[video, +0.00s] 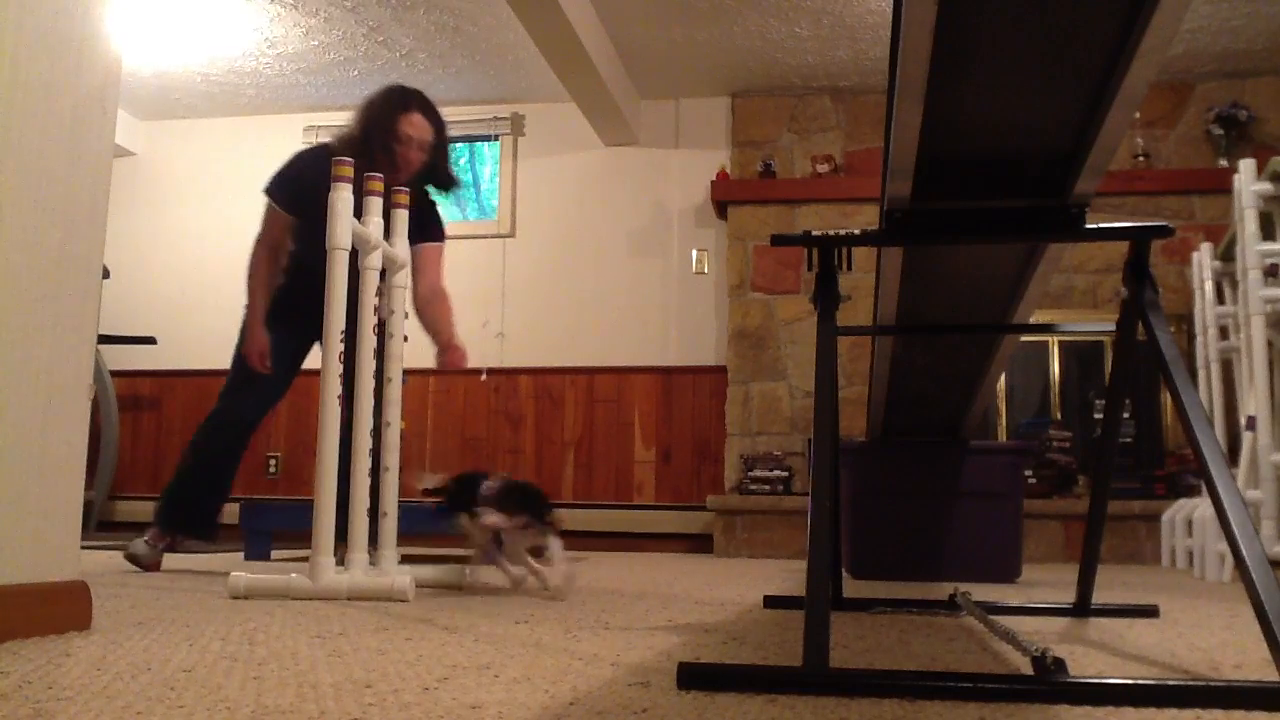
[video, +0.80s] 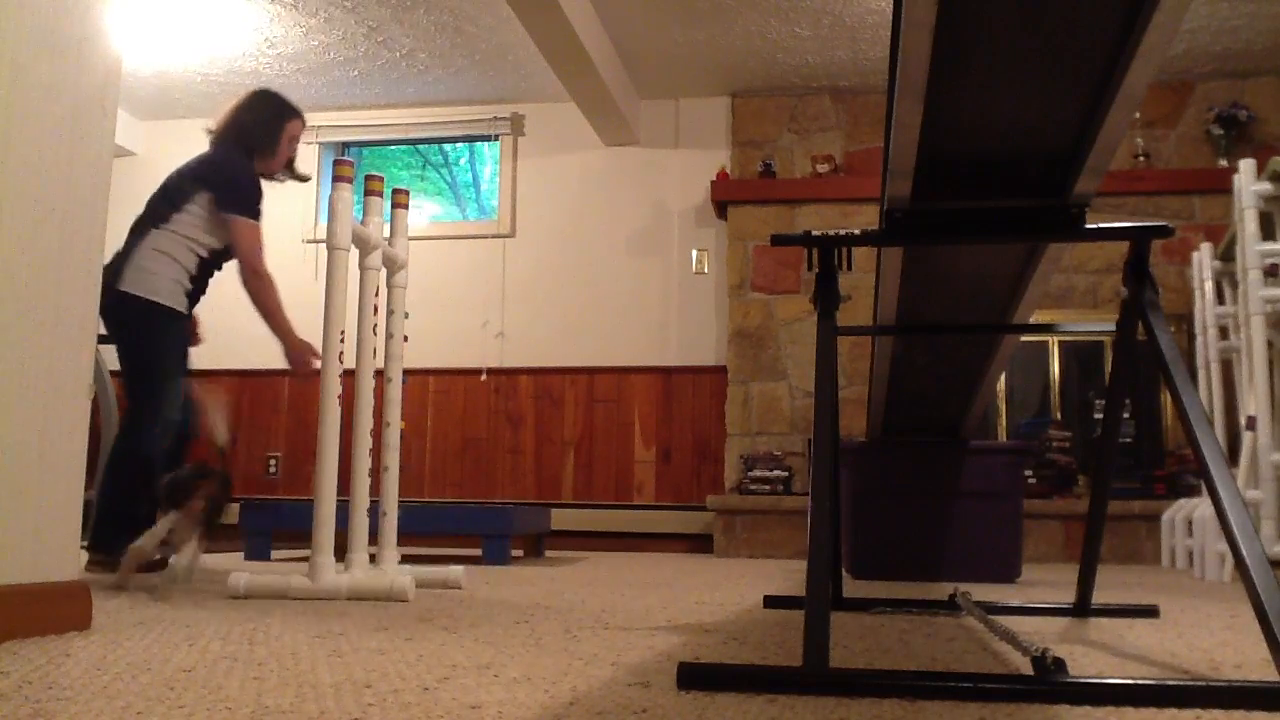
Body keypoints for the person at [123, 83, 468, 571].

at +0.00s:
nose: (413, 156)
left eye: (424, 147)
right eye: (404, 142)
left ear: (433, 151)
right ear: (377, 135)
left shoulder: (417, 206)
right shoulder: (317, 168)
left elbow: (430, 286)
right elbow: (269, 245)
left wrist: (446, 338)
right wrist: (256, 322)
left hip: (365, 310)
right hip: (298, 298)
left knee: (369, 422)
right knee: (240, 407)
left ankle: (356, 542)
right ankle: (170, 526)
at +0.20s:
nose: (366, 124)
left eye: (378, 117)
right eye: (357, 111)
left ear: (387, 128)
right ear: (331, 110)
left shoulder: (366, 185)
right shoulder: (271, 161)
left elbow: (380, 273)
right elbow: (229, 241)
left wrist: (375, 339)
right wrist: (219, 319)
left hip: (317, 314)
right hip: (254, 308)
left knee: (357, 418)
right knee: (216, 425)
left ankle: (357, 536)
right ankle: (137, 532)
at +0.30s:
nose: (345, 122)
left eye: (354, 114)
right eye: (336, 109)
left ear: (362, 122)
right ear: (309, 109)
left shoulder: (342, 182)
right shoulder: (246, 160)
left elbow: (352, 269)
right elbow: (204, 243)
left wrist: (353, 335)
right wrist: (203, 321)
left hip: (286, 313)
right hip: (223, 308)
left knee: (334, 427)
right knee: (196, 429)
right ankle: (123, 534)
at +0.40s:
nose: (317, 125)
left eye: (326, 118)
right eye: (308, 112)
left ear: (330, 127)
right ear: (281, 110)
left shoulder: (300, 189)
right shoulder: (221, 159)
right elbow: (189, 246)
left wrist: (298, 318)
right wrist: (198, 324)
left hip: (232, 304)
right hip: (170, 299)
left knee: (277, 416)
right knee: (169, 418)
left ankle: (289, 533)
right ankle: (116, 541)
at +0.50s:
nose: (308, 134)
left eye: (315, 126)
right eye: (300, 119)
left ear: (315, 134)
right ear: (270, 114)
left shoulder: (280, 187)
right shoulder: (220, 159)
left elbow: (246, 256)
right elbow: (197, 252)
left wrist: (266, 312)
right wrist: (210, 334)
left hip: (208, 297)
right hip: (151, 293)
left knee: (254, 403)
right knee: (163, 412)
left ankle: (240, 527)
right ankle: (117, 542)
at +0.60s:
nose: (303, 138)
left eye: (309, 130)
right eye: (295, 124)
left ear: (307, 136)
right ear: (265, 117)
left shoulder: (257, 179)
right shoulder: (223, 161)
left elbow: (218, 257)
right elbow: (211, 256)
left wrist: (236, 317)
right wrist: (232, 336)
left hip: (181, 297)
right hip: (139, 290)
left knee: (233, 402)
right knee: (158, 413)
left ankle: (200, 505)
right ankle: (113, 543)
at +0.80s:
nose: (294, 153)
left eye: (297, 142)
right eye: (291, 141)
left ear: (250, 131)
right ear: (266, 136)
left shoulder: (212, 166)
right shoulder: (238, 176)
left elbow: (165, 239)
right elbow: (253, 270)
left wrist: (180, 308)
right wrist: (289, 338)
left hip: (135, 298)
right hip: (149, 301)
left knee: (171, 420)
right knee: (154, 422)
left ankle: (131, 534)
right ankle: (111, 543)